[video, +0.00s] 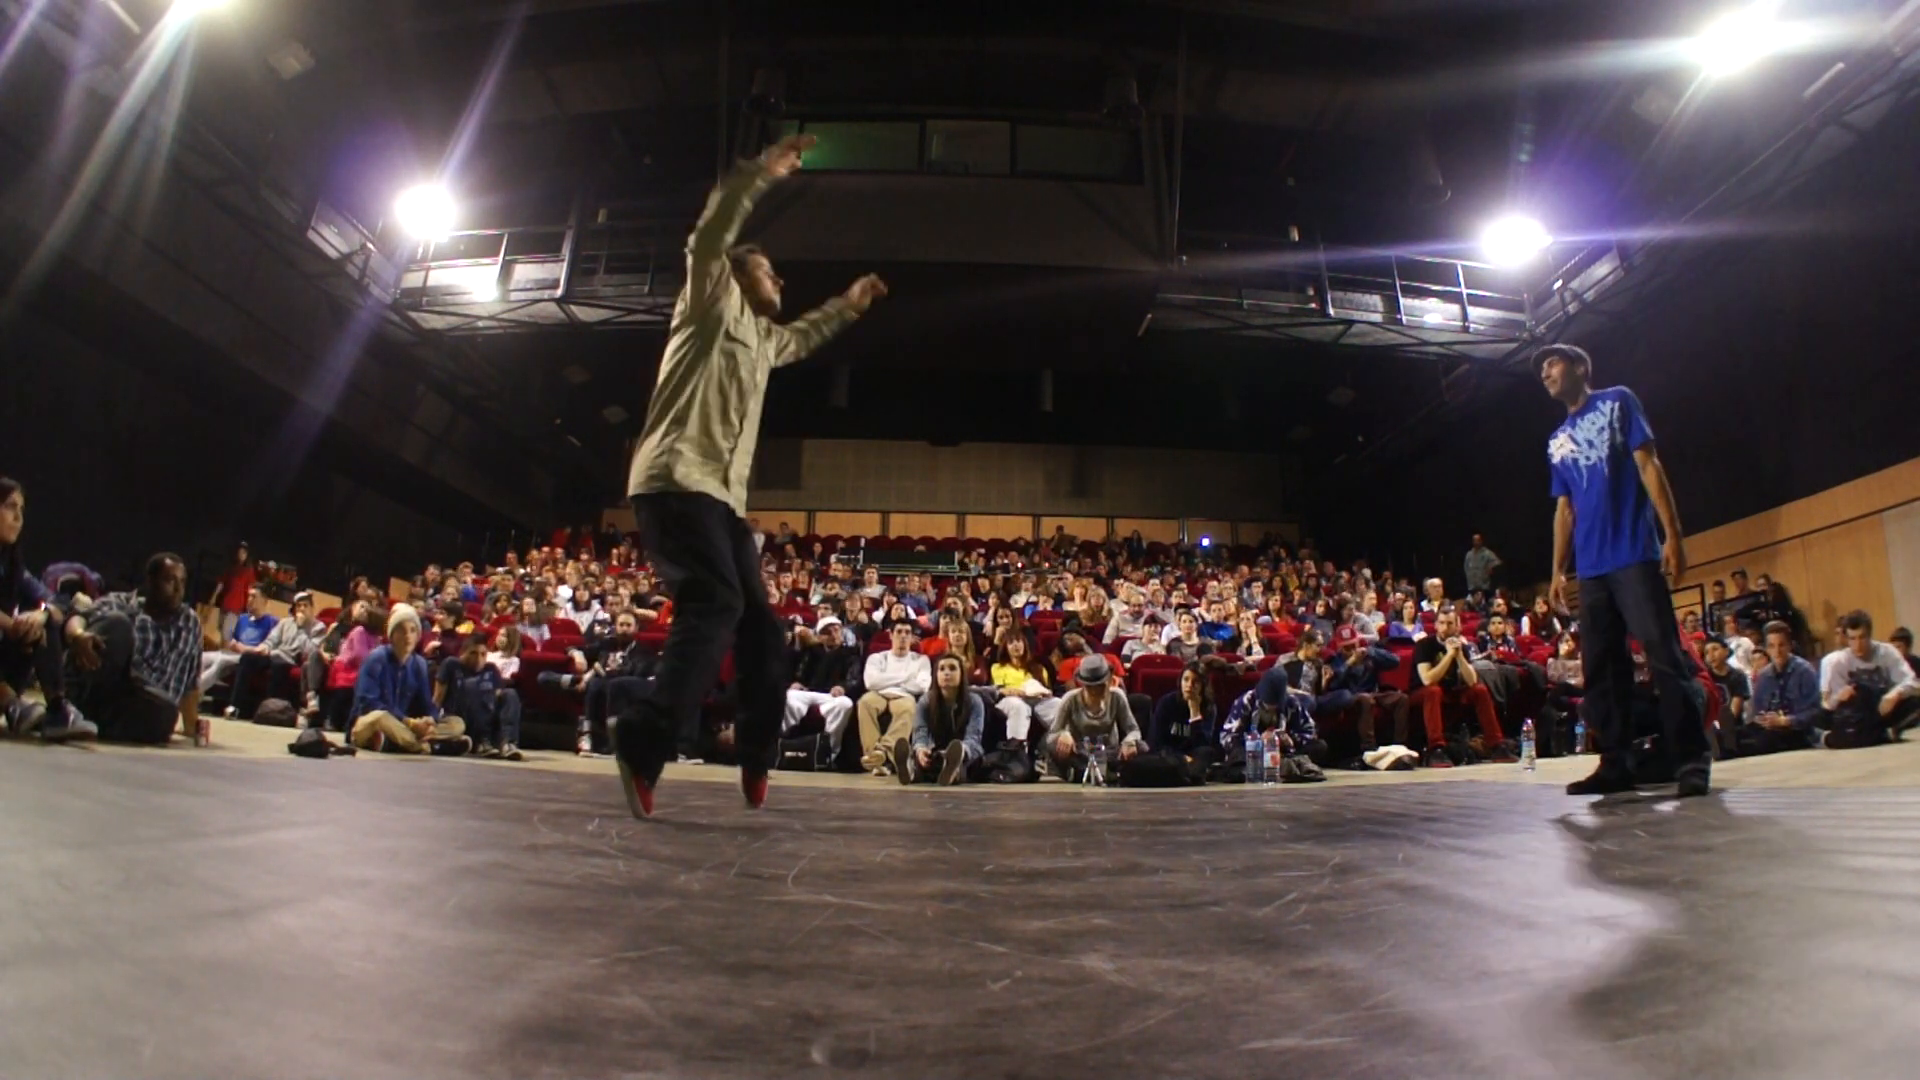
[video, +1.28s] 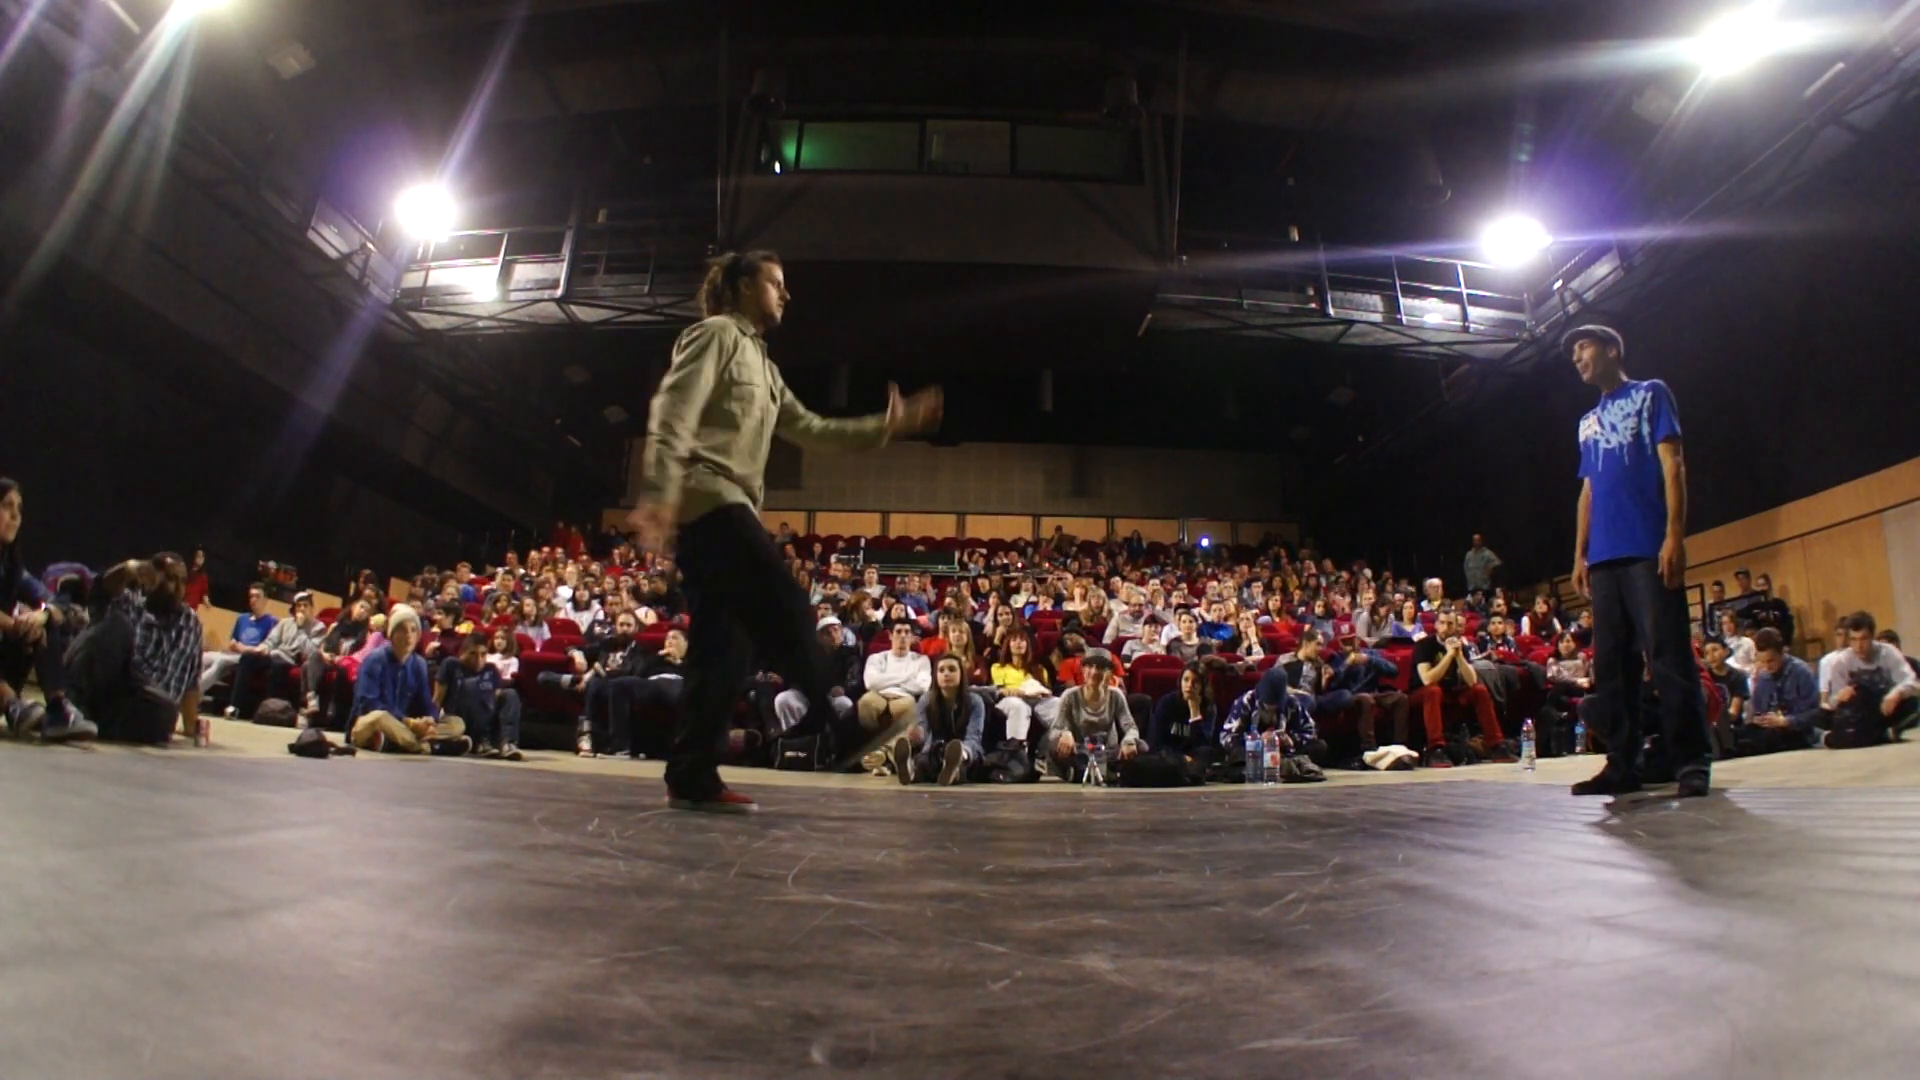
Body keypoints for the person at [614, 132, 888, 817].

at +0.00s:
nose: (776, 278)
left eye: (776, 271)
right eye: (766, 269)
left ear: (766, 283)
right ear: (736, 273)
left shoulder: (768, 338)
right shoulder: (712, 302)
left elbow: (803, 335)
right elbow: (711, 241)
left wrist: (847, 305)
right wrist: (761, 173)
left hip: (722, 497)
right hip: (673, 481)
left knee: (761, 623)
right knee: (715, 601)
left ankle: (757, 751)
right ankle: (646, 741)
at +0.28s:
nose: (779, 348)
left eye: (788, 341)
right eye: (776, 334)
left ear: (791, 336)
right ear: (755, 310)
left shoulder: (771, 361)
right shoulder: (710, 321)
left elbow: (808, 370)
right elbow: (692, 279)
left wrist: (860, 358)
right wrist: (765, 253)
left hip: (721, 501)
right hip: (671, 486)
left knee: (751, 625)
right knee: (712, 612)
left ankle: (768, 747)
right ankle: (641, 741)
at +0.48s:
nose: (796, 312)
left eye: (799, 304)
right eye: (788, 299)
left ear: (790, 312)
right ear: (753, 295)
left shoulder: (774, 366)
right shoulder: (708, 318)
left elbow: (810, 409)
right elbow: (651, 313)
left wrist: (862, 438)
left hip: (725, 505)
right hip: (671, 486)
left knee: (764, 630)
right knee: (705, 613)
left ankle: (769, 750)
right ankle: (633, 747)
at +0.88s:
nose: (792, 310)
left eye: (793, 303)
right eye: (784, 299)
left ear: (768, 307)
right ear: (749, 296)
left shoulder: (760, 370)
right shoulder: (707, 328)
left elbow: (789, 403)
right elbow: (643, 308)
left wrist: (842, 423)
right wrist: (704, 321)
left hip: (730, 519)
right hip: (687, 505)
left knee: (733, 653)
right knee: (658, 643)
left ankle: (691, 775)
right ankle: (595, 774)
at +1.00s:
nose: (791, 304)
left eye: (792, 296)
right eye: (783, 293)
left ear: (768, 302)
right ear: (749, 293)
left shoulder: (766, 365)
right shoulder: (718, 330)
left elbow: (801, 402)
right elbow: (672, 335)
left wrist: (840, 440)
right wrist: (749, 369)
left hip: (733, 528)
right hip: (685, 513)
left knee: (716, 662)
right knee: (643, 645)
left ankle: (692, 775)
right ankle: (589, 773)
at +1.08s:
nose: (790, 300)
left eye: (789, 293)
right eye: (781, 290)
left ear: (765, 297)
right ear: (747, 291)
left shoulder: (765, 367)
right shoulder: (722, 329)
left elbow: (791, 424)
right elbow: (685, 377)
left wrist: (836, 454)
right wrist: (748, 422)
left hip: (734, 519)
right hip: (694, 506)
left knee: (723, 649)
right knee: (692, 635)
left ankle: (692, 775)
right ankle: (602, 736)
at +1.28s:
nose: (785, 296)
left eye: (784, 287)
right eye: (775, 284)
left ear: (755, 294)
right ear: (741, 287)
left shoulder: (764, 368)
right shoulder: (716, 333)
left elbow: (810, 429)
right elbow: (673, 411)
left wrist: (888, 422)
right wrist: (660, 492)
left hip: (729, 505)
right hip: (707, 499)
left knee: (720, 645)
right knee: (784, 607)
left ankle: (693, 774)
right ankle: (837, 722)